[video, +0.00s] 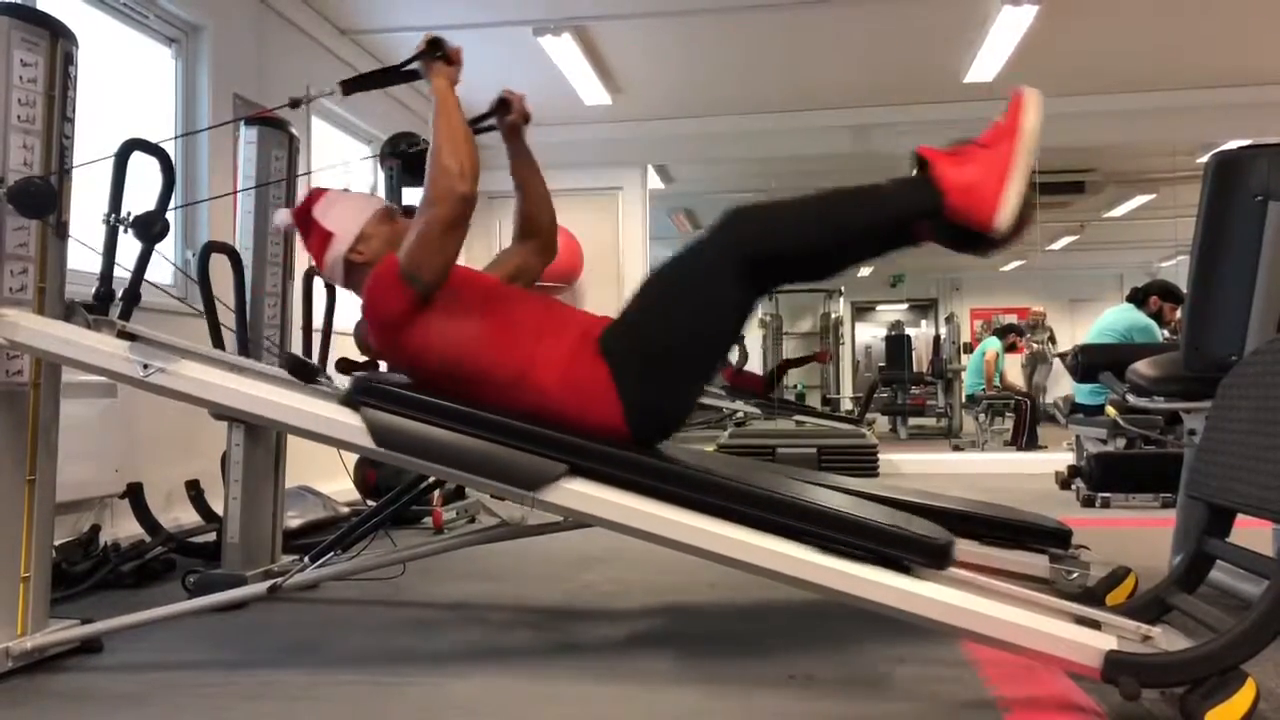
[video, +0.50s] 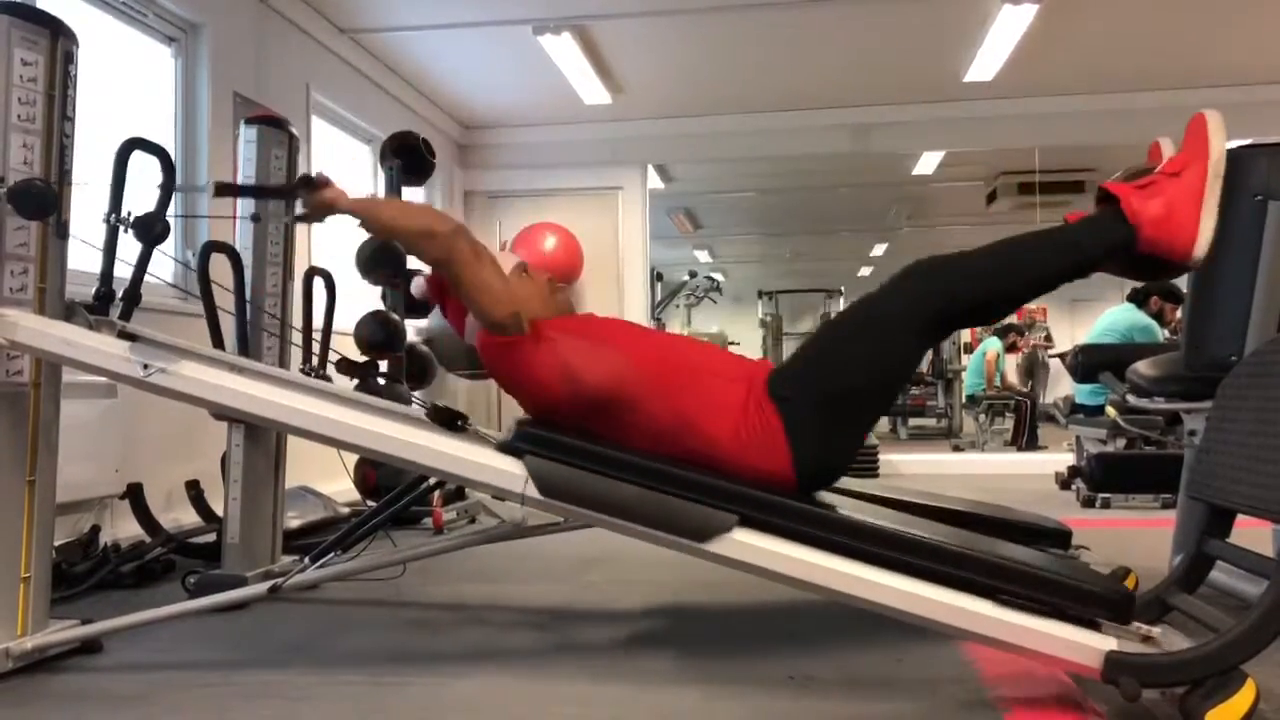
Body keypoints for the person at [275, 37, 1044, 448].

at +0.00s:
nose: (385, 204)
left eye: (373, 199)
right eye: (363, 206)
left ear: (370, 234)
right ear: (346, 249)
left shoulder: (440, 296)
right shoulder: (389, 305)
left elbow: (541, 247)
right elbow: (448, 195)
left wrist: (515, 144)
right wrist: (443, 84)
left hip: (623, 368)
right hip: (615, 388)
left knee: (742, 240)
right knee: (736, 242)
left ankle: (950, 200)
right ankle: (949, 190)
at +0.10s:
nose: (399, 221)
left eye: (389, 219)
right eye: (384, 224)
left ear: (393, 247)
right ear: (371, 262)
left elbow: (540, 241)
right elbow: (452, 210)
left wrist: (490, 148)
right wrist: (424, 110)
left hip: (658, 376)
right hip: (651, 402)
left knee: (792, 259)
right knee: (787, 263)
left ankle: (996, 214)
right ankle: (999, 213)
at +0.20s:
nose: (421, 237)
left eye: (412, 232)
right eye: (407, 235)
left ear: (420, 267)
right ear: (405, 270)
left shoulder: (494, 305)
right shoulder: (448, 318)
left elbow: (532, 240)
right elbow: (446, 197)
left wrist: (471, 163)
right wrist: (399, 122)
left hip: (690, 386)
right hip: (687, 411)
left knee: (837, 272)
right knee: (832, 277)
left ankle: (1038, 224)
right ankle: (1044, 229)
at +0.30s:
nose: (476, 242)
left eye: (460, 230)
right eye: (450, 238)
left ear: (433, 274)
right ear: (428, 268)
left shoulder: (510, 320)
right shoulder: (475, 323)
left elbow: (557, 251)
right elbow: (456, 210)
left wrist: (450, 196)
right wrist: (384, 140)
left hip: (723, 397)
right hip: (724, 420)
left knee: (870, 279)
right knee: (868, 283)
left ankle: (1075, 227)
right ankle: (1081, 232)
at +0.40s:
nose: (518, 248)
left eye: (500, 240)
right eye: (496, 249)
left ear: (460, 301)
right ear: (470, 283)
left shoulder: (518, 334)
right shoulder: (506, 334)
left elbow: (544, 254)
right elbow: (463, 224)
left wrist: (433, 218)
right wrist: (390, 179)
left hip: (752, 405)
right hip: (756, 428)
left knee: (896, 284)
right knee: (899, 291)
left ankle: (1100, 224)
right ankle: (1112, 235)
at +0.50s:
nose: (523, 250)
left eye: (513, 249)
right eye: (507, 252)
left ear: (477, 315)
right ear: (487, 296)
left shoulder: (544, 341)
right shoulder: (523, 337)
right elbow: (438, 233)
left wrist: (495, 271)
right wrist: (347, 202)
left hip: (777, 416)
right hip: (787, 431)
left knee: (920, 282)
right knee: (924, 288)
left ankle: (1124, 219)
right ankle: (1136, 227)